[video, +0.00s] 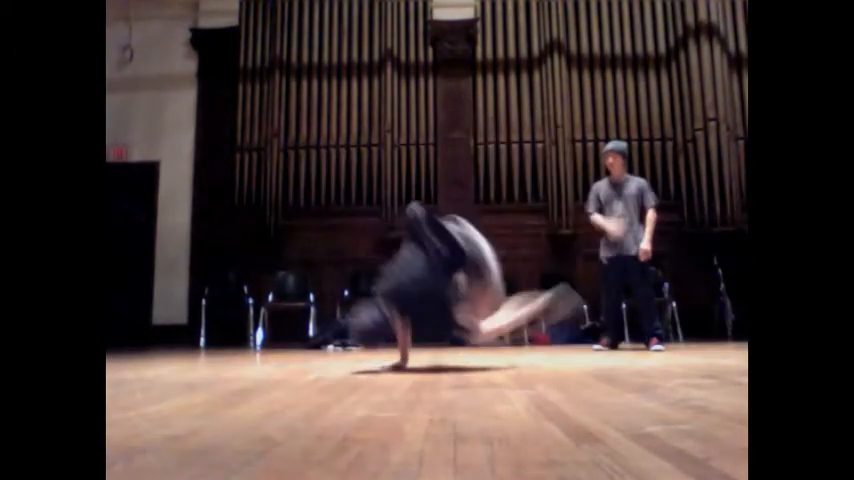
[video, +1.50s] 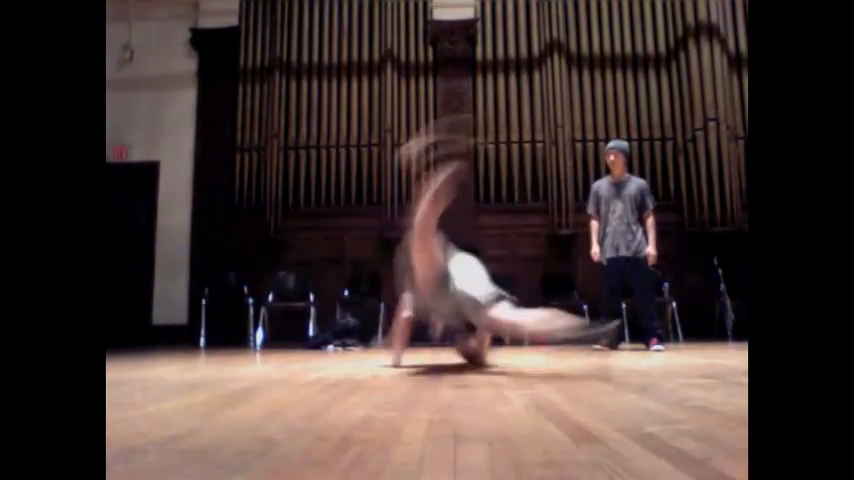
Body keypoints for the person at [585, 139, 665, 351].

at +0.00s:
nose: (610, 162)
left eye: (614, 158)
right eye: (607, 158)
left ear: (623, 160)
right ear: (605, 162)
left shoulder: (639, 184)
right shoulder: (598, 188)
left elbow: (651, 211)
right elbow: (592, 214)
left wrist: (647, 241)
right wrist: (608, 226)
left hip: (636, 250)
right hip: (611, 251)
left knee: (644, 296)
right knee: (610, 298)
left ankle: (653, 336)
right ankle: (609, 337)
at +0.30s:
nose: (612, 160)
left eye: (617, 156)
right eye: (609, 157)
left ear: (625, 159)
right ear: (606, 161)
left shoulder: (638, 184)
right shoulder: (599, 187)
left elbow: (651, 209)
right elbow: (593, 217)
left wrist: (643, 240)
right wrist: (595, 244)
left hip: (631, 250)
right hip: (607, 251)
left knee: (642, 294)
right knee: (608, 295)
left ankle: (653, 336)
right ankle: (609, 337)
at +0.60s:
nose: (612, 160)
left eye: (616, 156)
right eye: (609, 156)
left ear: (625, 158)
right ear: (606, 160)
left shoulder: (639, 184)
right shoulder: (599, 187)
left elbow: (650, 210)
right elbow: (595, 218)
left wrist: (641, 237)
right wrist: (597, 245)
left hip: (635, 253)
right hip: (610, 255)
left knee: (645, 298)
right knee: (609, 300)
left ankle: (653, 336)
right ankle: (609, 337)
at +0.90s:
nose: (611, 159)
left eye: (616, 155)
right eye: (609, 155)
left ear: (625, 158)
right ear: (606, 159)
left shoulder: (639, 184)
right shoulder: (599, 187)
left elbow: (649, 214)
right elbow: (595, 219)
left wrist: (651, 243)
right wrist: (595, 247)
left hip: (636, 251)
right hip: (610, 252)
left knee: (645, 297)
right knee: (609, 299)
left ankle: (653, 336)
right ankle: (609, 336)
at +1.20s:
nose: (612, 159)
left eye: (616, 155)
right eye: (609, 155)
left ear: (625, 158)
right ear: (606, 159)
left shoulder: (639, 185)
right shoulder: (598, 187)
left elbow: (650, 216)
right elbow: (594, 219)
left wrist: (655, 245)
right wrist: (592, 248)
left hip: (636, 250)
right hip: (610, 252)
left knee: (645, 297)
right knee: (610, 298)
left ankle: (653, 336)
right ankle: (609, 337)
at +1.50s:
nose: (611, 159)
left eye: (616, 155)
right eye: (609, 155)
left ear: (625, 157)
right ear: (606, 159)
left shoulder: (639, 185)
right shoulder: (598, 187)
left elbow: (648, 216)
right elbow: (594, 218)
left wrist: (651, 245)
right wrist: (595, 244)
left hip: (635, 250)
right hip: (610, 251)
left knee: (644, 296)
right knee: (610, 297)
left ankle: (653, 337)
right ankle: (609, 337)